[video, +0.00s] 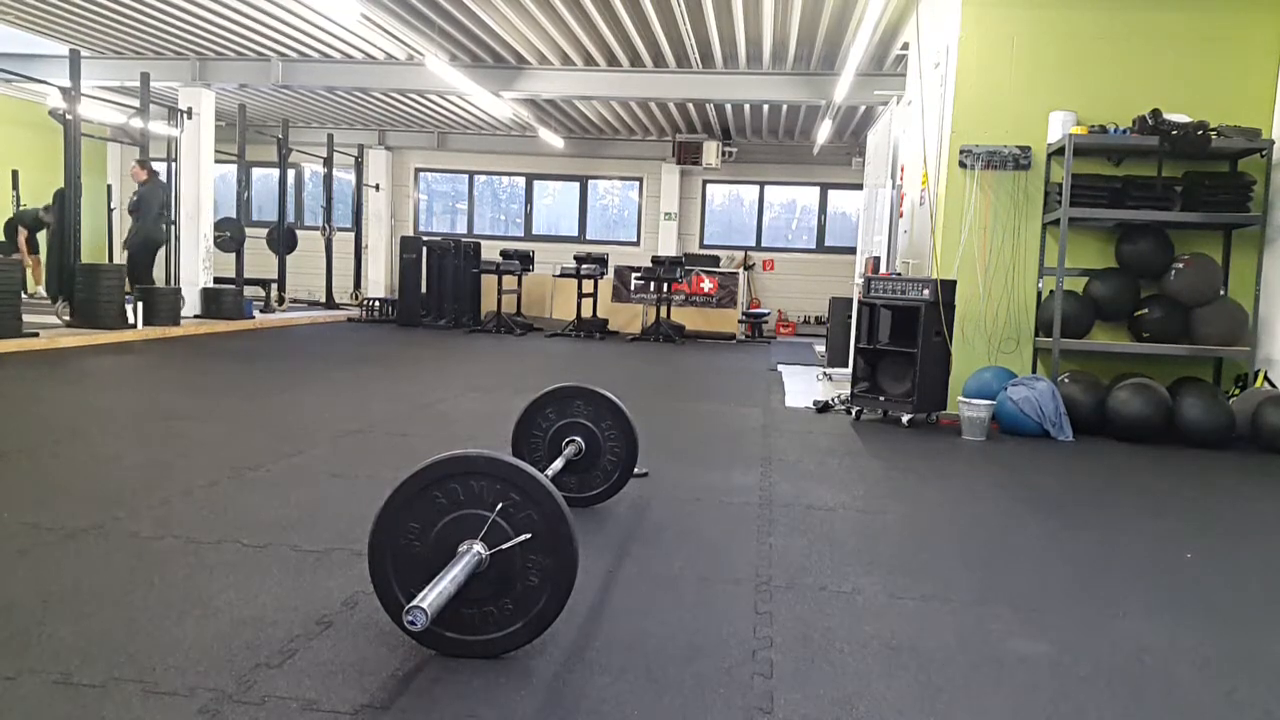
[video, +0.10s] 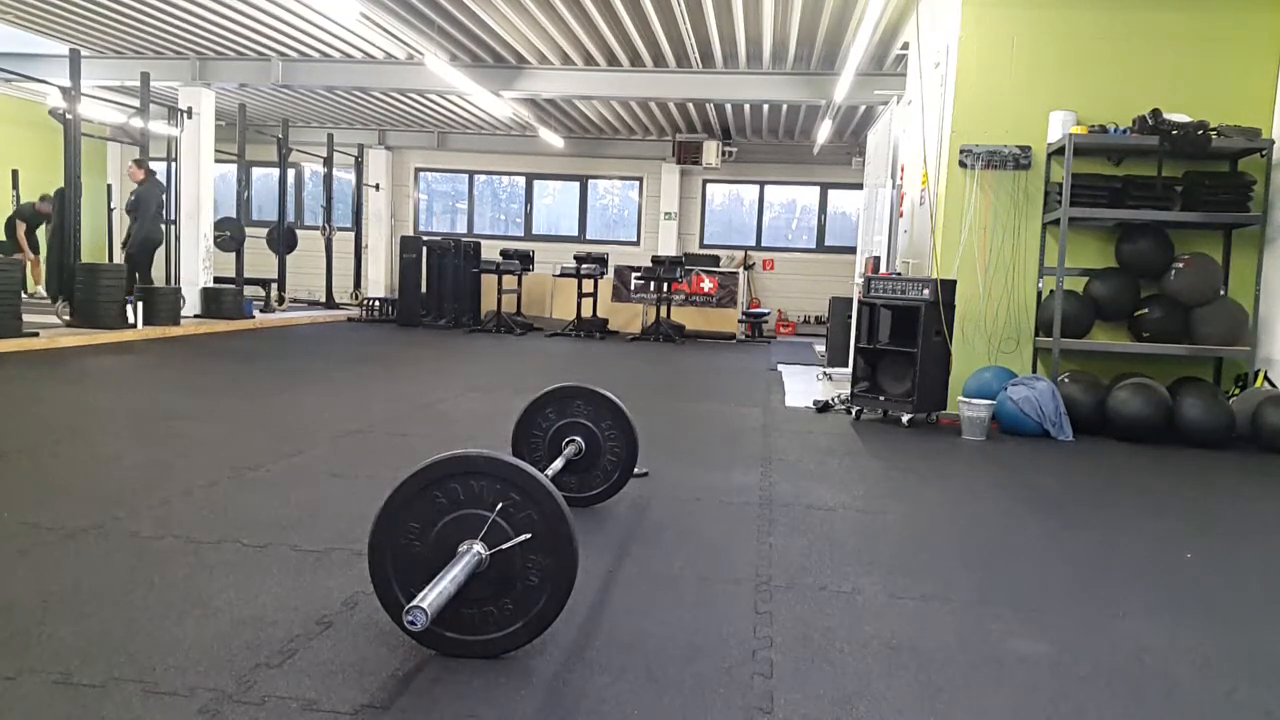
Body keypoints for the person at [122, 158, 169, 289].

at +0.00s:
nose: (131, 173)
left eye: (134, 169)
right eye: (132, 170)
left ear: (145, 170)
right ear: (145, 171)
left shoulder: (148, 189)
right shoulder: (159, 186)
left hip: (144, 235)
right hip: (155, 233)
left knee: (135, 271)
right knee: (144, 272)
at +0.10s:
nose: (128, 172)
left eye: (131, 168)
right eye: (129, 168)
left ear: (141, 170)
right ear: (141, 171)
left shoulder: (148, 189)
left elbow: (143, 221)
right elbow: (135, 220)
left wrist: (131, 246)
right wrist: (127, 240)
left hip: (148, 233)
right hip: (141, 232)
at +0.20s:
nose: (126, 172)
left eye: (129, 169)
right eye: (127, 169)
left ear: (139, 171)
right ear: (139, 171)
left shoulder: (145, 189)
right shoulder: (139, 189)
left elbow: (142, 221)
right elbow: (132, 221)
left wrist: (132, 246)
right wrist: (124, 241)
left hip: (146, 234)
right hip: (138, 233)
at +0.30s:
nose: (124, 173)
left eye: (127, 169)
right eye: (124, 169)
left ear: (137, 171)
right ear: (137, 172)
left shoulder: (141, 190)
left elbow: (142, 221)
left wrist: (134, 246)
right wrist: (123, 240)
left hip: (140, 234)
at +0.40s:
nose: (120, 172)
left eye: (123, 168)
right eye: (120, 168)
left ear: (133, 170)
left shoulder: (142, 189)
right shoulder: (128, 190)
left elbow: (142, 219)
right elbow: (124, 221)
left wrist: (134, 246)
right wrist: (117, 242)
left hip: (138, 237)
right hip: (125, 237)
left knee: (140, 277)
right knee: (123, 276)